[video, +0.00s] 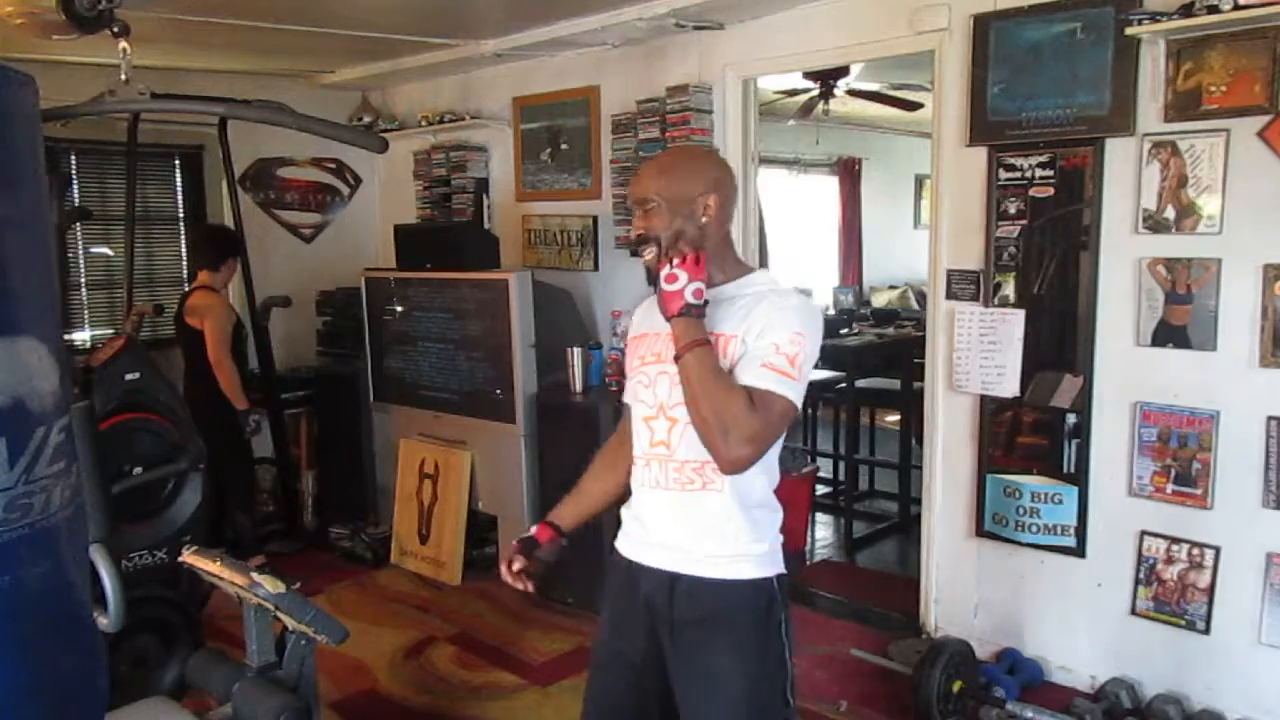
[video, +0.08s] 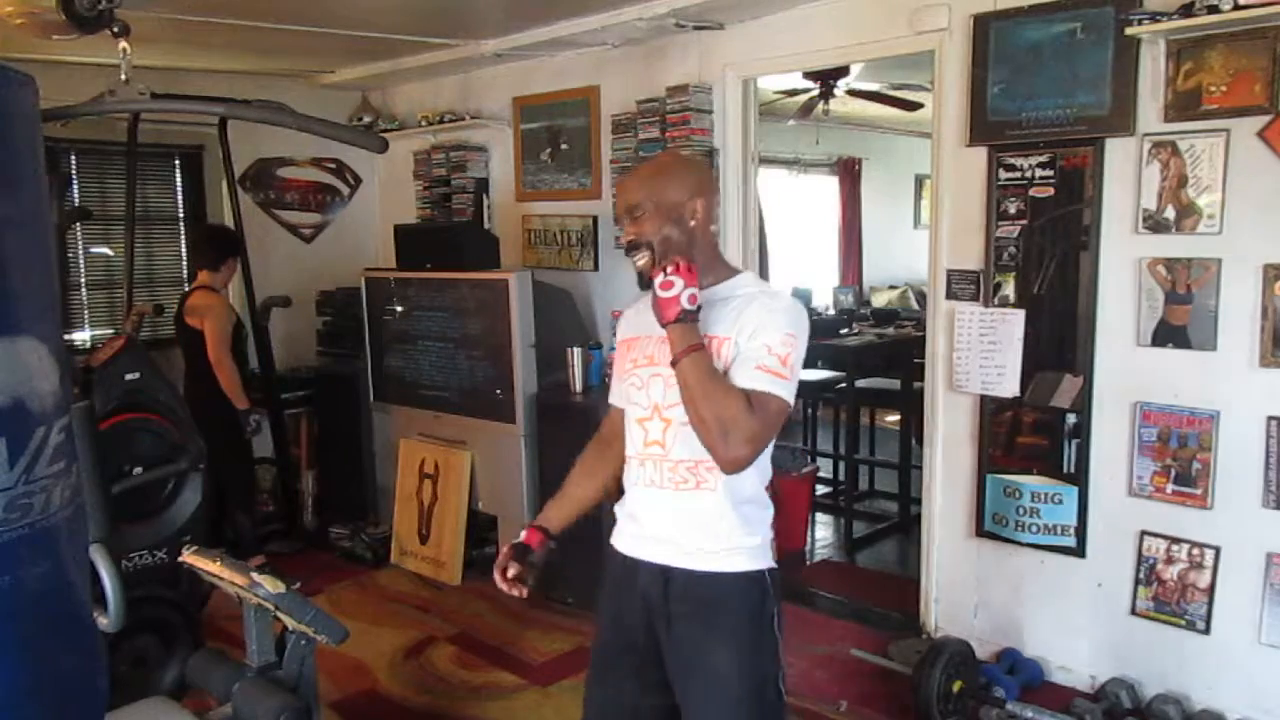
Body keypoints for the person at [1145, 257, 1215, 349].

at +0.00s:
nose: (1181, 271)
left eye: (1183, 268)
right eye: (1177, 268)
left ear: (1188, 271)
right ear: (1173, 271)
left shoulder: (1191, 287)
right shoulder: (1168, 286)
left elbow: (1212, 269)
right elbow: (1151, 266)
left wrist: (1196, 263)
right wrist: (1166, 261)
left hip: (1181, 329)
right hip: (1165, 327)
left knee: (1189, 358)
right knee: (1155, 356)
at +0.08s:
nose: (1180, 272)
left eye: (1183, 269)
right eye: (1177, 269)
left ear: (1188, 272)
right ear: (1173, 272)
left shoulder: (1191, 287)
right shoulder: (1168, 286)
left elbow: (1213, 269)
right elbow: (1151, 266)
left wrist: (1196, 263)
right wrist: (1166, 262)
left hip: (1181, 329)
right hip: (1165, 327)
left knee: (1189, 357)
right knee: (1155, 356)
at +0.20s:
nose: (1180, 272)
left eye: (1184, 269)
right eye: (1177, 269)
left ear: (1188, 272)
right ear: (1173, 272)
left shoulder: (1191, 287)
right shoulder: (1168, 286)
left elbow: (1213, 269)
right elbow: (1151, 266)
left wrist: (1196, 262)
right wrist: (1166, 262)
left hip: (1182, 329)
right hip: (1165, 327)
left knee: (1190, 357)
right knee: (1155, 356)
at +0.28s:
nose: (1180, 272)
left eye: (1184, 269)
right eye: (1177, 269)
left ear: (1188, 272)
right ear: (1172, 272)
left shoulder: (1191, 287)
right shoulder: (1168, 286)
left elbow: (1213, 269)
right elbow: (1151, 265)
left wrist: (1196, 262)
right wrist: (1166, 262)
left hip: (1182, 329)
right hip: (1165, 327)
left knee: (1190, 357)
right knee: (1155, 356)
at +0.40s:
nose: (1181, 272)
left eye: (1184, 269)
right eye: (1177, 269)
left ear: (1188, 272)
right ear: (1173, 272)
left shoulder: (1191, 287)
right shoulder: (1168, 286)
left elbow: (1212, 269)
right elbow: (1151, 265)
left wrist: (1196, 262)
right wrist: (1165, 261)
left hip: (1182, 329)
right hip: (1165, 327)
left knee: (1189, 358)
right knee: (1155, 357)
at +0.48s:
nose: (1180, 272)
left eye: (1184, 269)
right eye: (1177, 269)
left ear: (1188, 272)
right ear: (1173, 272)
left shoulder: (1192, 287)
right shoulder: (1168, 286)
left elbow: (1213, 268)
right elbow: (1151, 266)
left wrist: (1196, 263)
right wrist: (1165, 262)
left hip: (1182, 329)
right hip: (1165, 327)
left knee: (1189, 357)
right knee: (1155, 356)